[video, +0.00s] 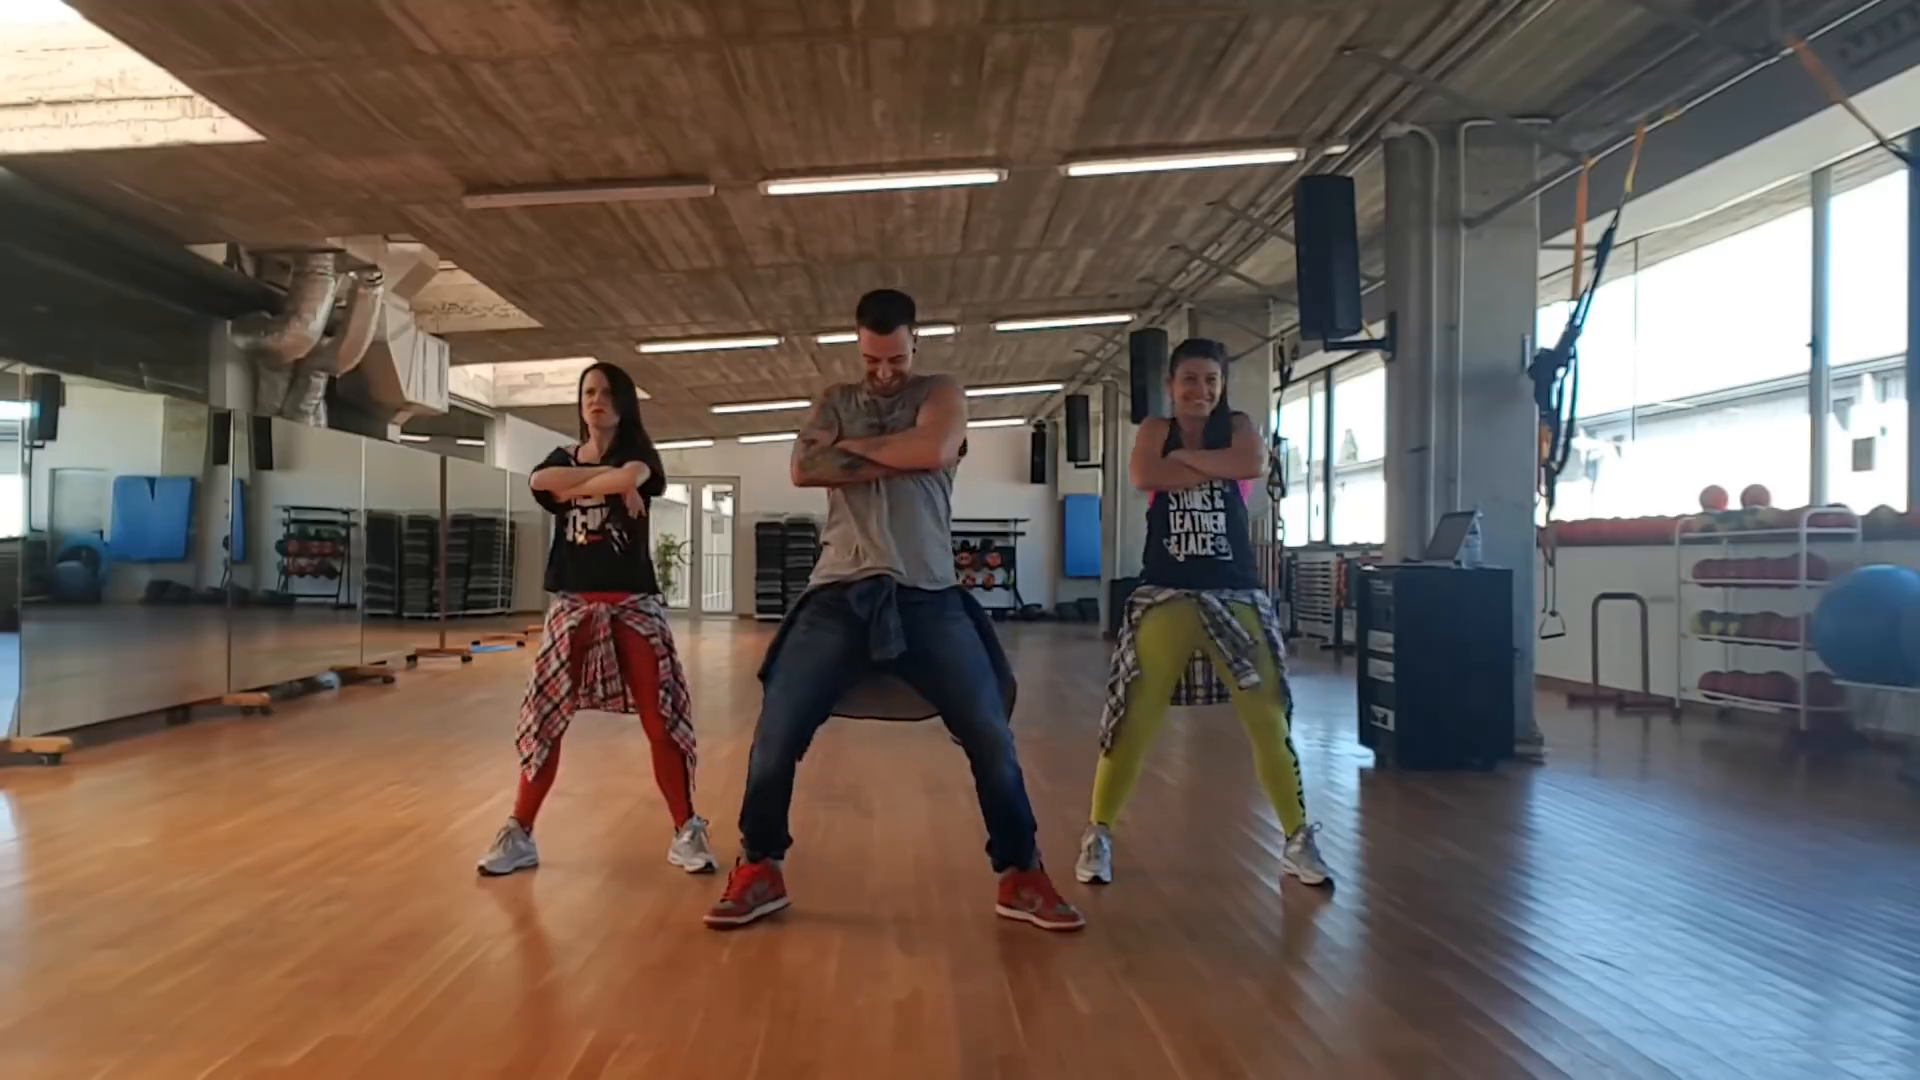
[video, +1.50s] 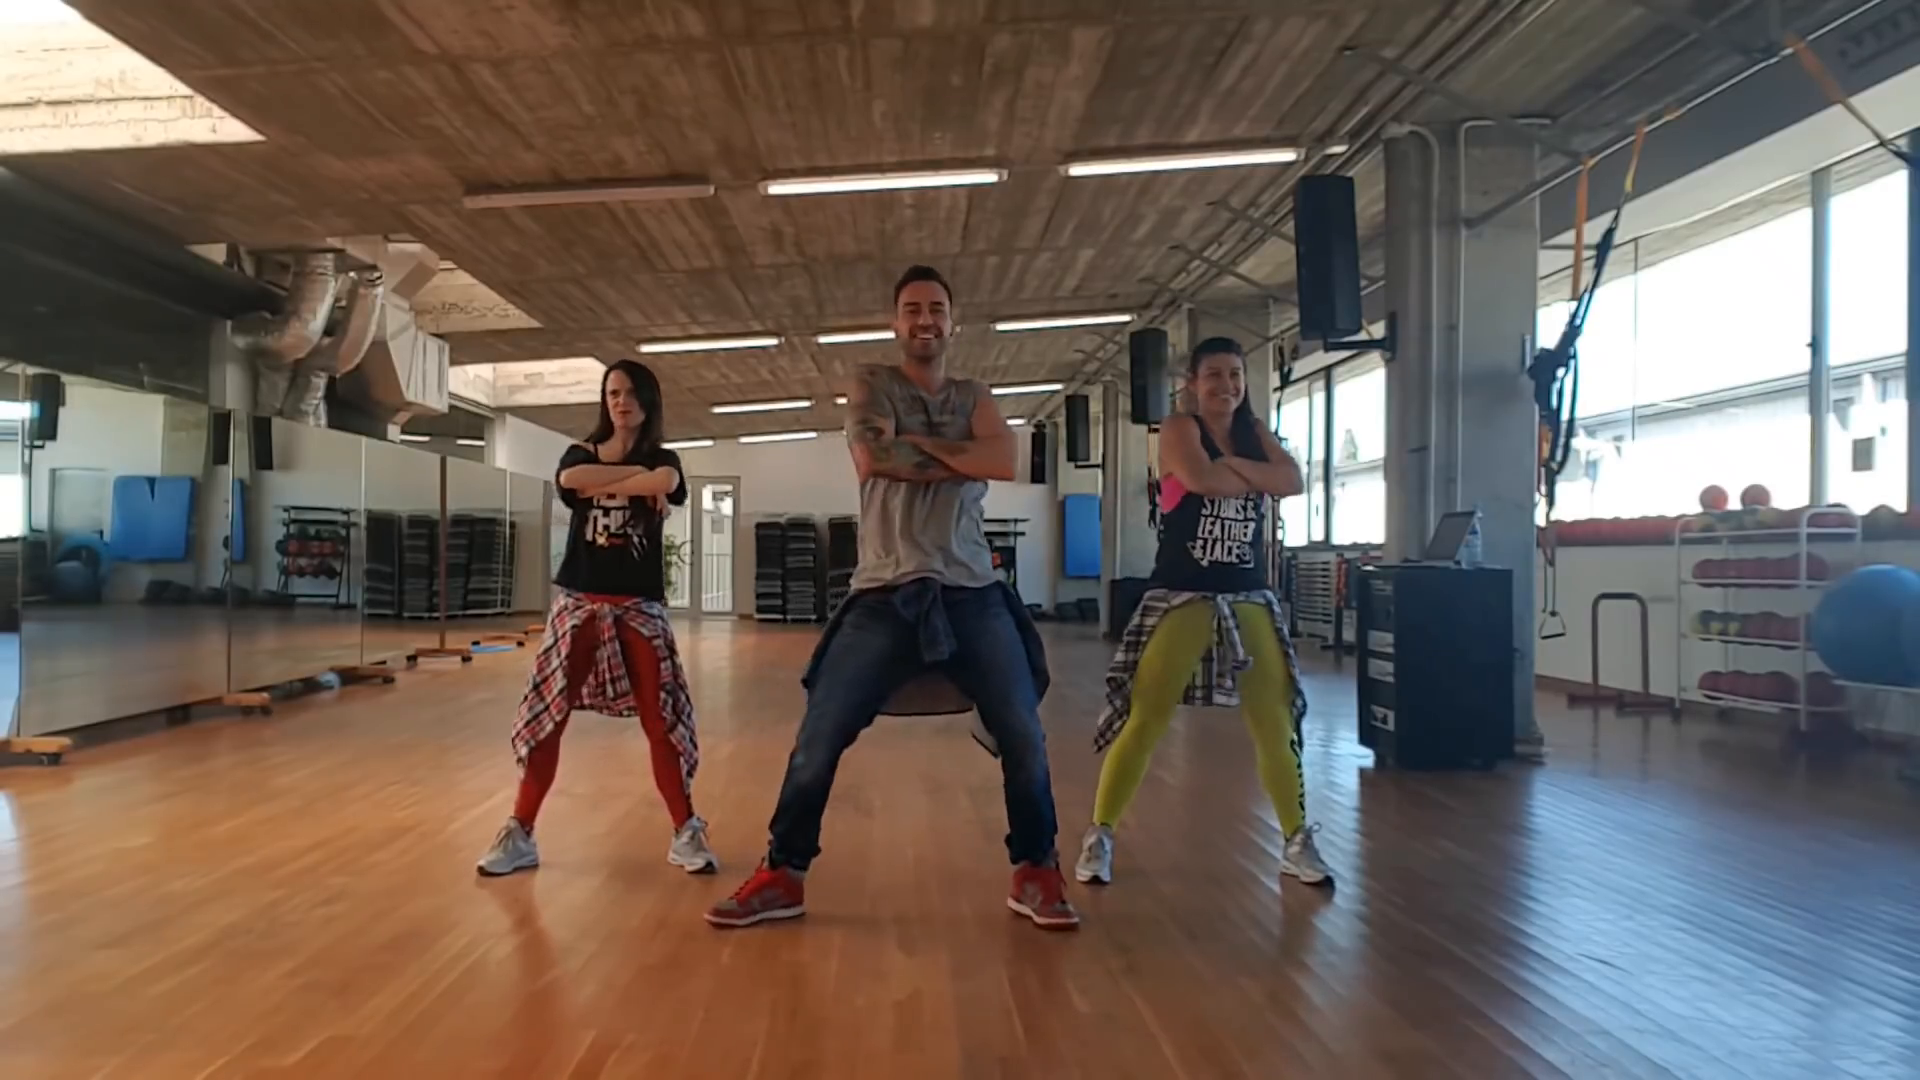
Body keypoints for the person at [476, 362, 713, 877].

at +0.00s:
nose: (597, 401)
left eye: (606, 394)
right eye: (590, 394)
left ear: (625, 403)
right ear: (580, 402)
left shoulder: (641, 457)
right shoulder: (563, 455)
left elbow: (625, 481)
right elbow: (540, 482)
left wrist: (567, 487)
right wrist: (611, 479)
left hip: (634, 600)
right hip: (572, 600)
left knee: (660, 717)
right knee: (546, 714)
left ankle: (687, 829)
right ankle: (520, 834)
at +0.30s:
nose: (592, 402)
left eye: (601, 394)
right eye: (584, 394)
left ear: (618, 402)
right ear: (574, 401)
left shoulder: (640, 453)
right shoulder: (558, 456)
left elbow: (633, 482)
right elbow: (544, 488)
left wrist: (572, 492)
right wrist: (613, 475)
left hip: (633, 599)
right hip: (572, 601)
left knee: (658, 718)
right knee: (547, 713)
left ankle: (686, 831)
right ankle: (520, 834)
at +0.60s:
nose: (631, 406)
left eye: (640, 398)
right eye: (623, 398)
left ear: (657, 405)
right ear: (613, 404)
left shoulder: (666, 464)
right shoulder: (588, 452)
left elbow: (664, 494)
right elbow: (574, 483)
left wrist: (599, 485)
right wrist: (642, 484)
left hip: (641, 606)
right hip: (580, 602)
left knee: (663, 721)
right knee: (551, 715)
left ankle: (687, 831)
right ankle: (521, 834)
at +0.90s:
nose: (601, 403)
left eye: (610, 395)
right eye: (593, 395)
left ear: (629, 403)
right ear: (584, 403)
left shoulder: (647, 457)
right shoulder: (567, 452)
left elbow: (632, 484)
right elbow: (545, 477)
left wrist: (575, 483)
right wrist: (617, 479)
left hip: (634, 600)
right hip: (573, 599)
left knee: (656, 718)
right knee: (545, 712)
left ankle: (687, 830)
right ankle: (519, 833)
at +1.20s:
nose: (585, 404)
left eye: (594, 396)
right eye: (577, 396)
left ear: (612, 403)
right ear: (567, 404)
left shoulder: (637, 454)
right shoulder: (554, 459)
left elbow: (631, 485)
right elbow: (541, 490)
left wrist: (569, 494)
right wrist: (610, 478)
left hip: (634, 600)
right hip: (573, 603)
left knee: (657, 718)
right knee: (548, 716)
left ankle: (686, 830)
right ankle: (520, 834)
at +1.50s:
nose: (619, 402)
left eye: (628, 393)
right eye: (613, 394)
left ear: (648, 401)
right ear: (604, 401)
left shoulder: (663, 462)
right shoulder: (583, 452)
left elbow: (662, 485)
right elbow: (569, 481)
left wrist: (597, 483)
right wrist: (639, 478)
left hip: (639, 603)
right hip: (578, 600)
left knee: (659, 719)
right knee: (548, 713)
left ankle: (686, 831)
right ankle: (520, 834)